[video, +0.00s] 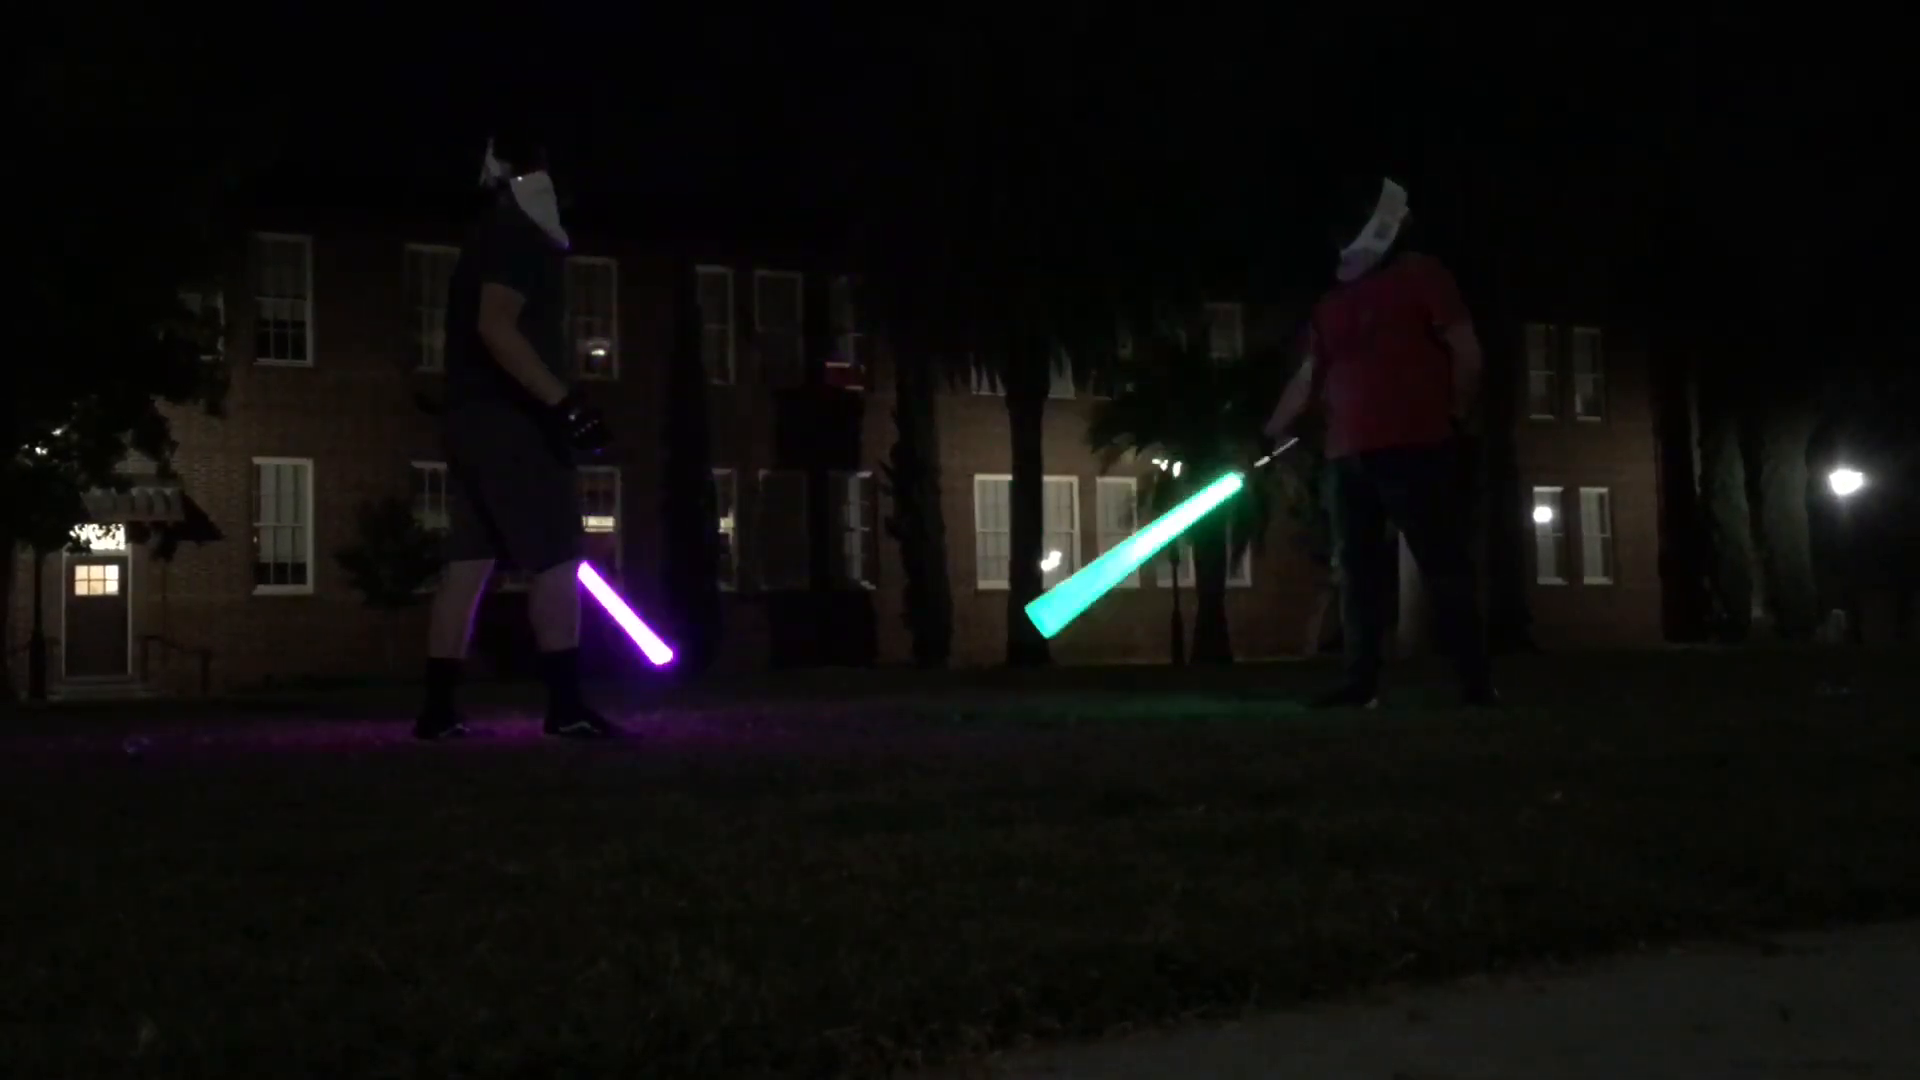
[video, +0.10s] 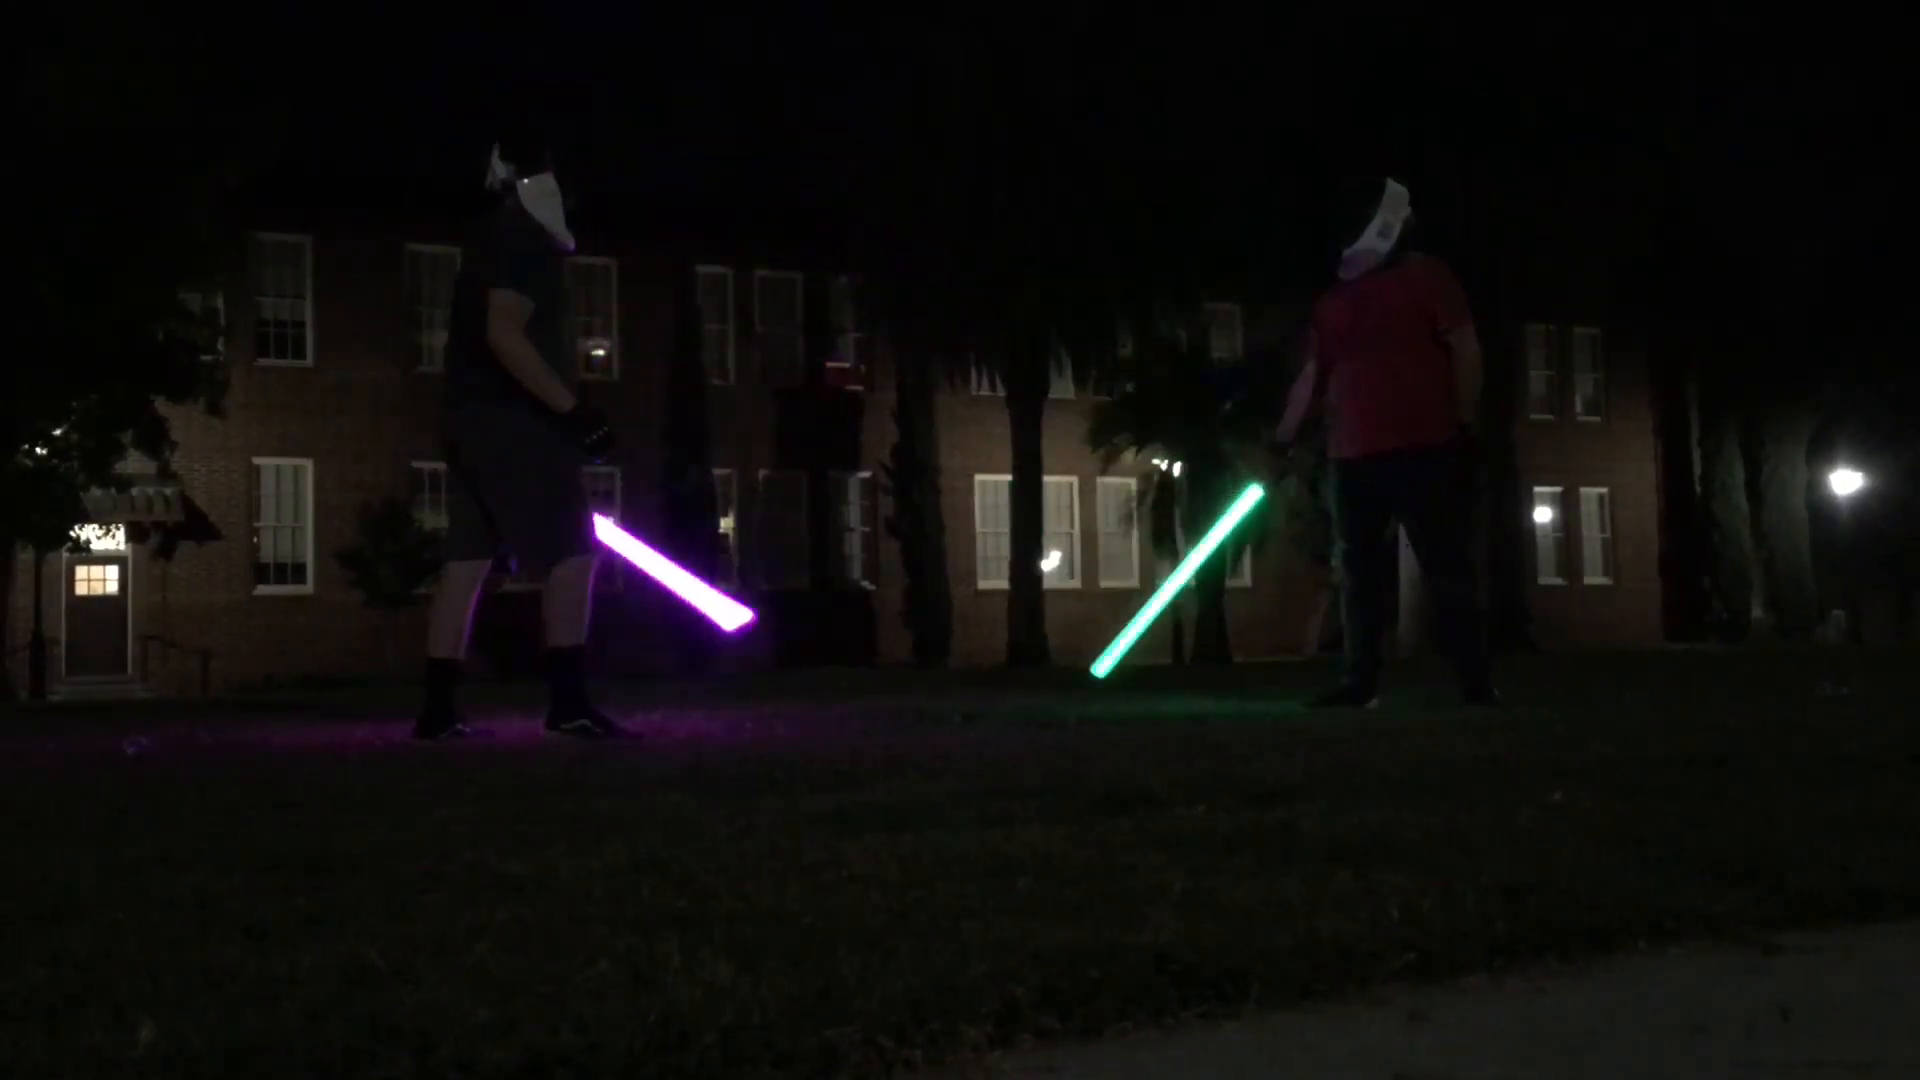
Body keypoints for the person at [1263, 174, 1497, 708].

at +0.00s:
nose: (1353, 240)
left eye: (1363, 228)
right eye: (1351, 229)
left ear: (1384, 228)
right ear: (1351, 233)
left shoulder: (1419, 276)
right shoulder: (1337, 300)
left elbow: (1466, 352)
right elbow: (1308, 377)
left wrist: (1456, 411)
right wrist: (1273, 430)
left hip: (1421, 448)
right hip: (1353, 457)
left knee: (1444, 568)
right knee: (1361, 572)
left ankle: (1470, 678)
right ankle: (1359, 679)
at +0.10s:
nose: (1362, 238)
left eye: (1374, 226)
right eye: (1361, 226)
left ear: (1392, 227)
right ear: (1354, 229)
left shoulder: (1424, 278)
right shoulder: (1339, 296)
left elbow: (1465, 350)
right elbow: (1313, 373)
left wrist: (1465, 417)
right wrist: (1285, 435)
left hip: (1426, 448)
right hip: (1357, 456)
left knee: (1446, 568)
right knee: (1361, 571)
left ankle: (1471, 677)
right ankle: (1359, 679)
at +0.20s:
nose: (1370, 237)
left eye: (1381, 225)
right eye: (1375, 223)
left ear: (1392, 227)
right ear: (1370, 226)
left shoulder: (1427, 279)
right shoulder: (1342, 295)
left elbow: (1465, 353)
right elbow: (1320, 372)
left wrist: (1476, 422)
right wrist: (1296, 434)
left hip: (1429, 447)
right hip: (1361, 455)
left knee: (1448, 568)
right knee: (1365, 571)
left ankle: (1471, 678)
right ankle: (1360, 679)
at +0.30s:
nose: (1368, 238)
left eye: (1381, 226)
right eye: (1366, 226)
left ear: (1402, 227)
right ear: (1358, 228)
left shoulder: (1433, 283)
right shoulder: (1349, 297)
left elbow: (1473, 352)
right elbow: (1329, 377)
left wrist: (1476, 424)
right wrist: (1303, 436)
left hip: (1433, 451)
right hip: (1367, 457)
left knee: (1450, 569)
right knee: (1365, 569)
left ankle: (1472, 678)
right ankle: (1360, 679)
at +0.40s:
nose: (1371, 237)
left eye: (1383, 225)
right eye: (1368, 225)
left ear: (1405, 226)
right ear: (1363, 227)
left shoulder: (1435, 282)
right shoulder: (1356, 292)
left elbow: (1473, 356)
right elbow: (1339, 369)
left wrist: (1445, 413)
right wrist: (1323, 412)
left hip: (1430, 453)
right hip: (1367, 457)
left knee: (1449, 569)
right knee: (1365, 572)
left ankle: (1469, 678)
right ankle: (1359, 680)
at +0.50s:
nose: (1380, 235)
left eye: (1391, 222)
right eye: (1376, 223)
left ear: (1412, 224)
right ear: (1370, 227)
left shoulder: (1436, 279)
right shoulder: (1368, 291)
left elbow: (1459, 357)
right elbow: (1357, 367)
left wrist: (1406, 404)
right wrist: (1323, 410)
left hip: (1436, 452)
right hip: (1378, 452)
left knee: (1449, 568)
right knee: (1367, 567)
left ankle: (1470, 678)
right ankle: (1361, 680)